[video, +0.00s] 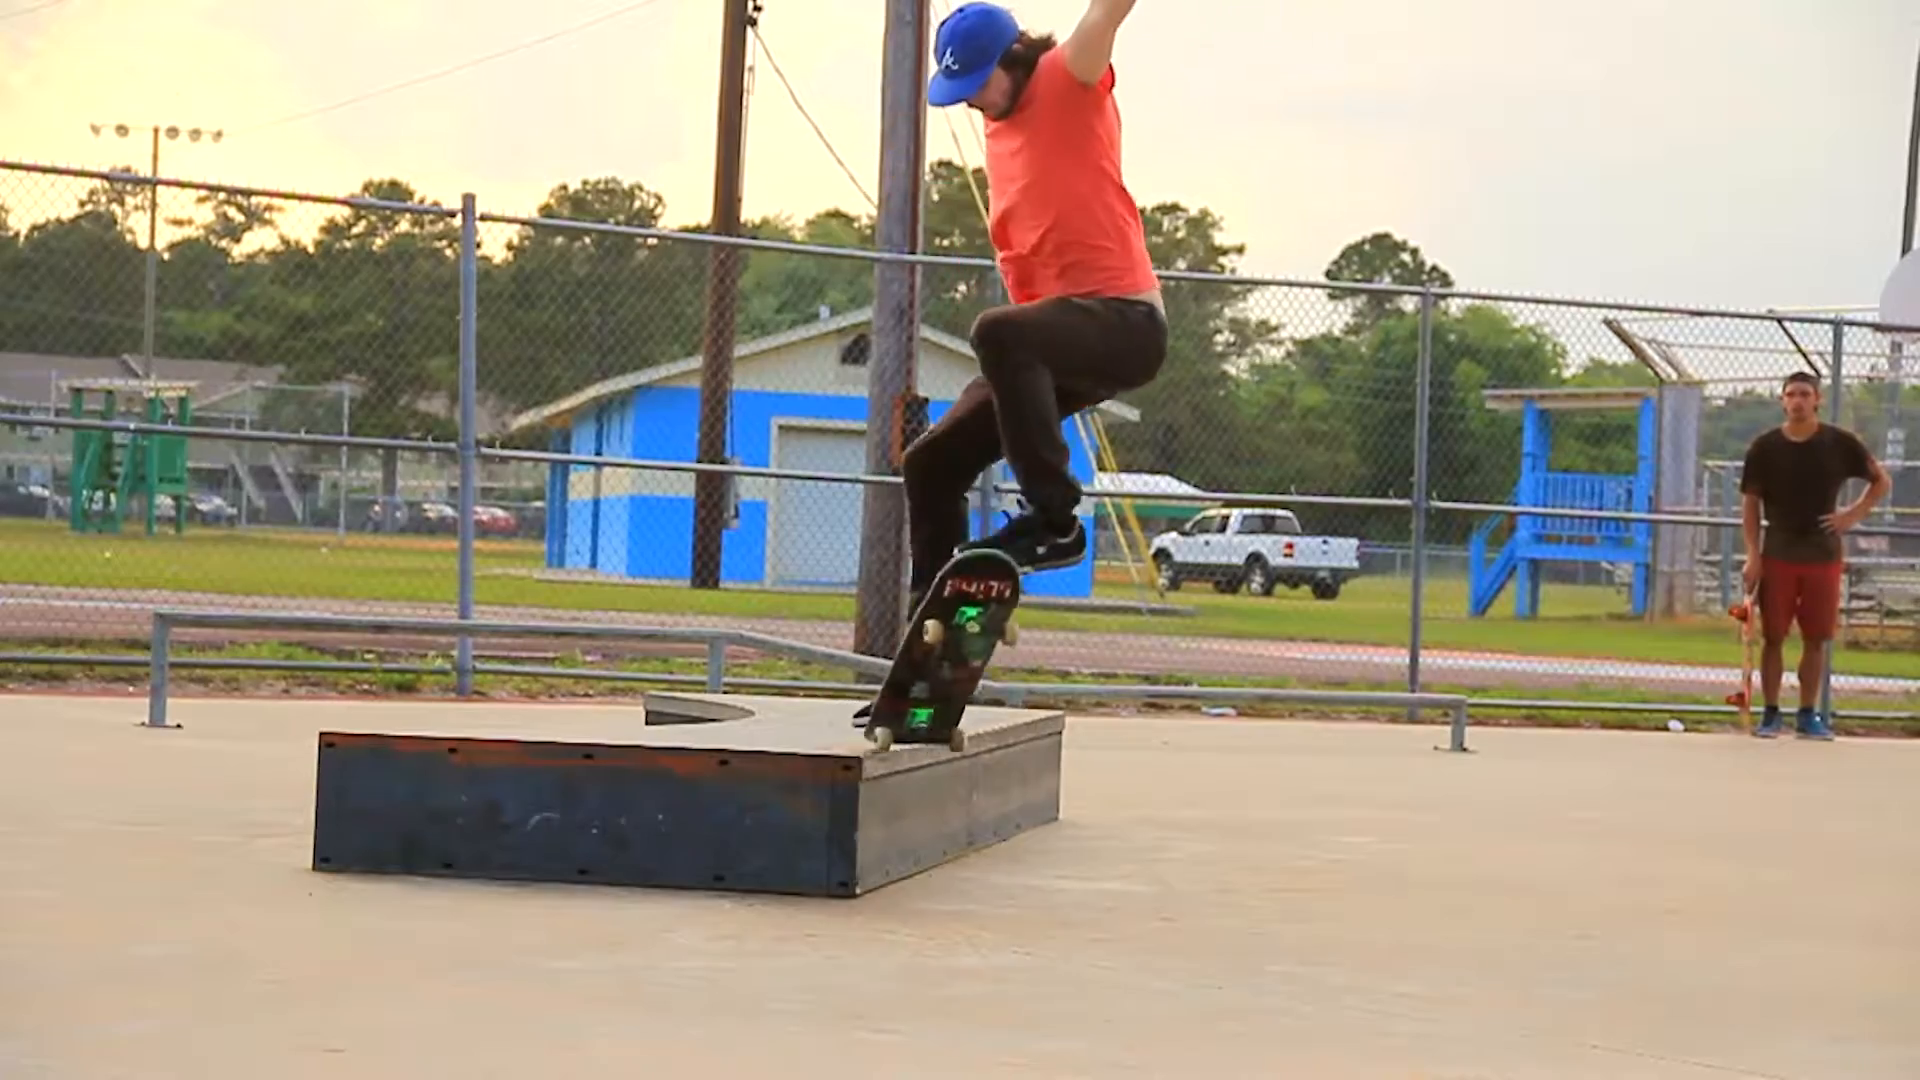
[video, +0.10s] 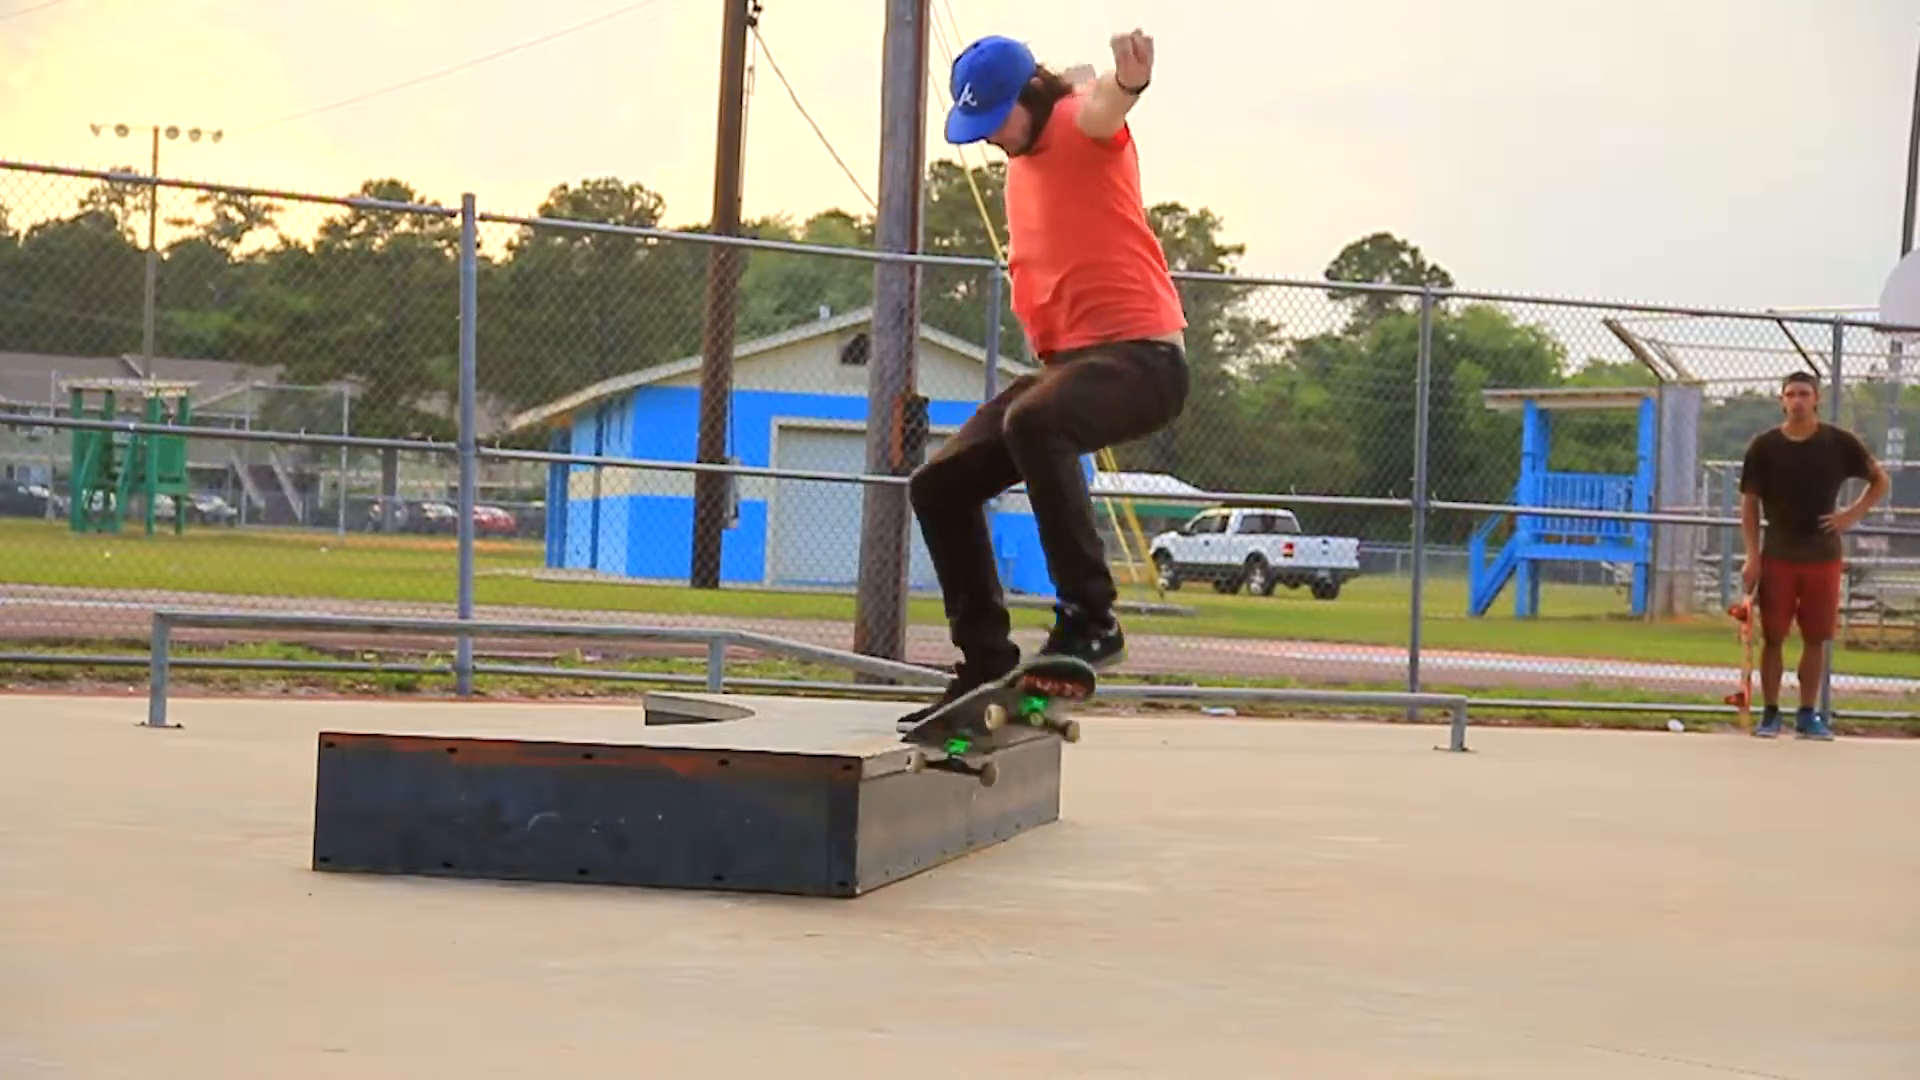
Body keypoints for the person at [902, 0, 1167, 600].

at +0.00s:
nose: (976, 104)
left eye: (980, 87)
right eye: (967, 94)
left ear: (1012, 58)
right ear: (963, 78)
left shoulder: (1068, 73)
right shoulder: (995, 121)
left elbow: (1113, 7)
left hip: (1126, 321)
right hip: (1061, 335)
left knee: (1001, 332)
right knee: (930, 466)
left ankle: (1056, 521)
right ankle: (939, 636)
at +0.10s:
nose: (993, 139)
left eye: (997, 123)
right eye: (984, 129)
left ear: (1028, 94)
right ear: (993, 110)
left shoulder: (1076, 113)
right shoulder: (1025, 151)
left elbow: (1101, 113)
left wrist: (1125, 85)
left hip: (1140, 358)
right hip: (1065, 367)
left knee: (1036, 422)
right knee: (938, 490)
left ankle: (1090, 621)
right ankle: (988, 664)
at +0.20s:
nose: (1033, 196)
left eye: (1037, 181)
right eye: (1022, 186)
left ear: (1067, 152)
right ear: (1019, 168)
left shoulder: (1122, 175)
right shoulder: (1046, 196)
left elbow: (1151, 197)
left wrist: (1141, 204)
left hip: (1140, 444)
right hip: (1068, 442)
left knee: (1063, 601)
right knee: (980, 609)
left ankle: (1108, 822)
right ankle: (1035, 814)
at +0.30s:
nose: (1066, 268)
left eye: (1075, 252)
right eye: (1057, 257)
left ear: (1109, 226)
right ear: (1049, 241)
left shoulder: (1168, 273)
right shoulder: (1072, 281)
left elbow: (1204, 356)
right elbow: (1087, 380)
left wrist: (1166, 390)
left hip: (1165, 528)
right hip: (1081, 526)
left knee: (1069, 663)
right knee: (995, 678)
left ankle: (1142, 850)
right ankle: (1067, 840)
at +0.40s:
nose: (1113, 300)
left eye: (1123, 285)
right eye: (1100, 289)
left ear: (1155, 258)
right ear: (1084, 269)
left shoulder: (1212, 319)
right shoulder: (1094, 321)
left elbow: (1258, 443)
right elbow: (1112, 429)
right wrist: (1110, 523)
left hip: (1205, 561)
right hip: (1109, 563)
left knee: (1107, 678)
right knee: (1016, 709)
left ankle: (1188, 858)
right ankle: (1110, 850)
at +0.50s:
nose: (1166, 302)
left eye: (1176, 286)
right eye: (1152, 289)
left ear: (1211, 258)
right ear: (1134, 267)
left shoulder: (1268, 328)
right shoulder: (1132, 318)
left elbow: (1316, 470)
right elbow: (1137, 454)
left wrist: (1281, 586)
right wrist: (1116, 566)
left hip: (1239, 570)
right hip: (1149, 571)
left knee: (1146, 686)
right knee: (1061, 720)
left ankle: (1237, 869)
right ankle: (1160, 864)